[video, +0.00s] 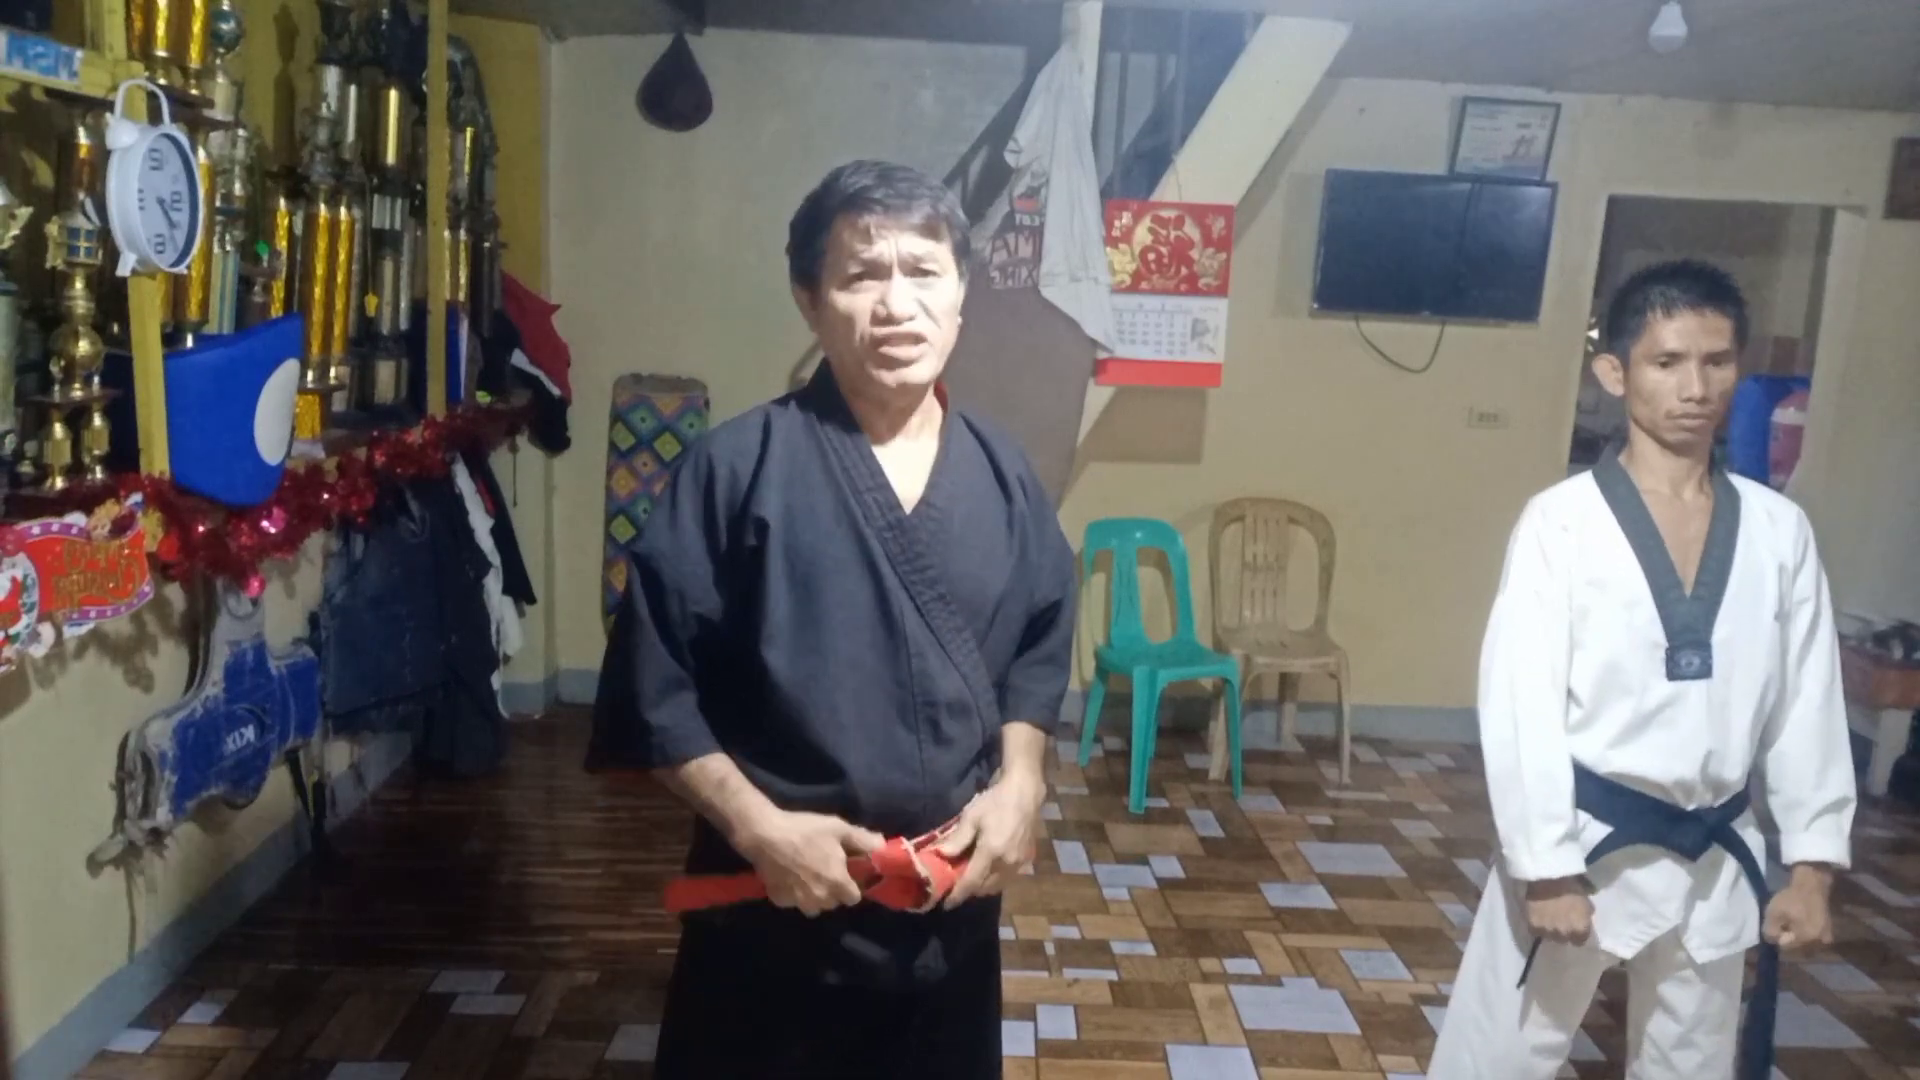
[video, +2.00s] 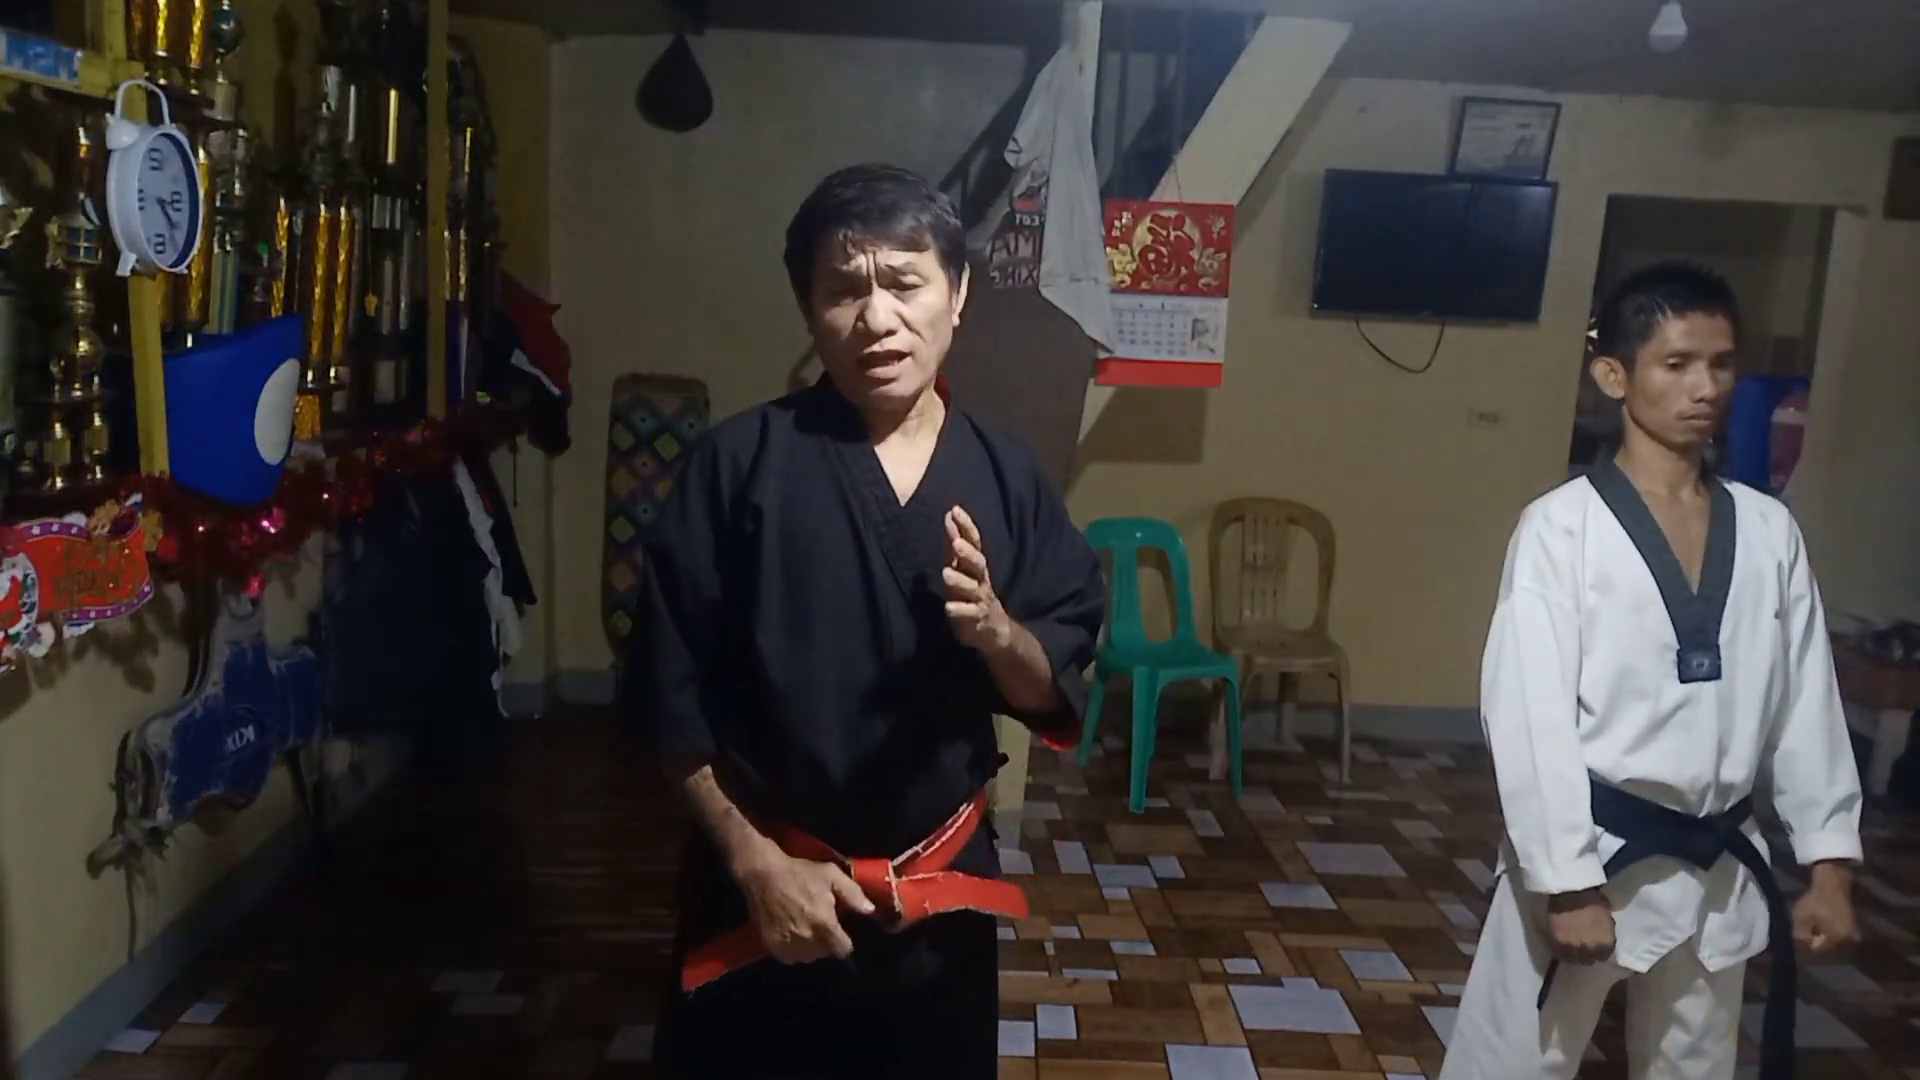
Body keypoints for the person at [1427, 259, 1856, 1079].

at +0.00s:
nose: (1697, 386)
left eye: (1717, 360)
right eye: (1667, 361)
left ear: (1738, 369)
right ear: (1612, 374)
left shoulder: (1780, 529)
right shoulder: (1559, 523)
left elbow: (1809, 704)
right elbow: (1519, 702)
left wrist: (1814, 864)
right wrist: (1546, 867)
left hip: (1720, 863)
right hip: (1580, 856)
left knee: (1692, 1070)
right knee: (1495, 1063)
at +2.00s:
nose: (1707, 388)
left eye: (1721, 364)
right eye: (1677, 364)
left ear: (1736, 371)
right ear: (1613, 376)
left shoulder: (1769, 529)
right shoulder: (1559, 528)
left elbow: (1806, 701)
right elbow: (1529, 712)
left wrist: (1829, 864)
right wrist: (1570, 881)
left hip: (1720, 870)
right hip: (1585, 866)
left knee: (1693, 1070)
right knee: (1523, 1065)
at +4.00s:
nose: (1715, 392)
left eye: (1731, 367)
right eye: (1687, 367)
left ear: (1746, 374)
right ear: (1621, 378)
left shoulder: (1774, 531)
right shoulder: (1567, 530)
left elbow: (1806, 708)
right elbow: (1535, 714)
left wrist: (1824, 870)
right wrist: (1580, 889)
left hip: (1722, 876)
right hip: (1586, 871)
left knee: (1694, 1070)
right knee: (1523, 1066)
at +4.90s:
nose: (1705, 388)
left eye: (1719, 363)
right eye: (1675, 364)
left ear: (1734, 371)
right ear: (1612, 376)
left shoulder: (1765, 527)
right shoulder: (1559, 526)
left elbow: (1801, 700)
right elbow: (1531, 710)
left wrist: (1823, 862)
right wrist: (1575, 881)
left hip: (1717, 871)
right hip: (1581, 868)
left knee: (1692, 1070)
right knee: (1519, 1066)